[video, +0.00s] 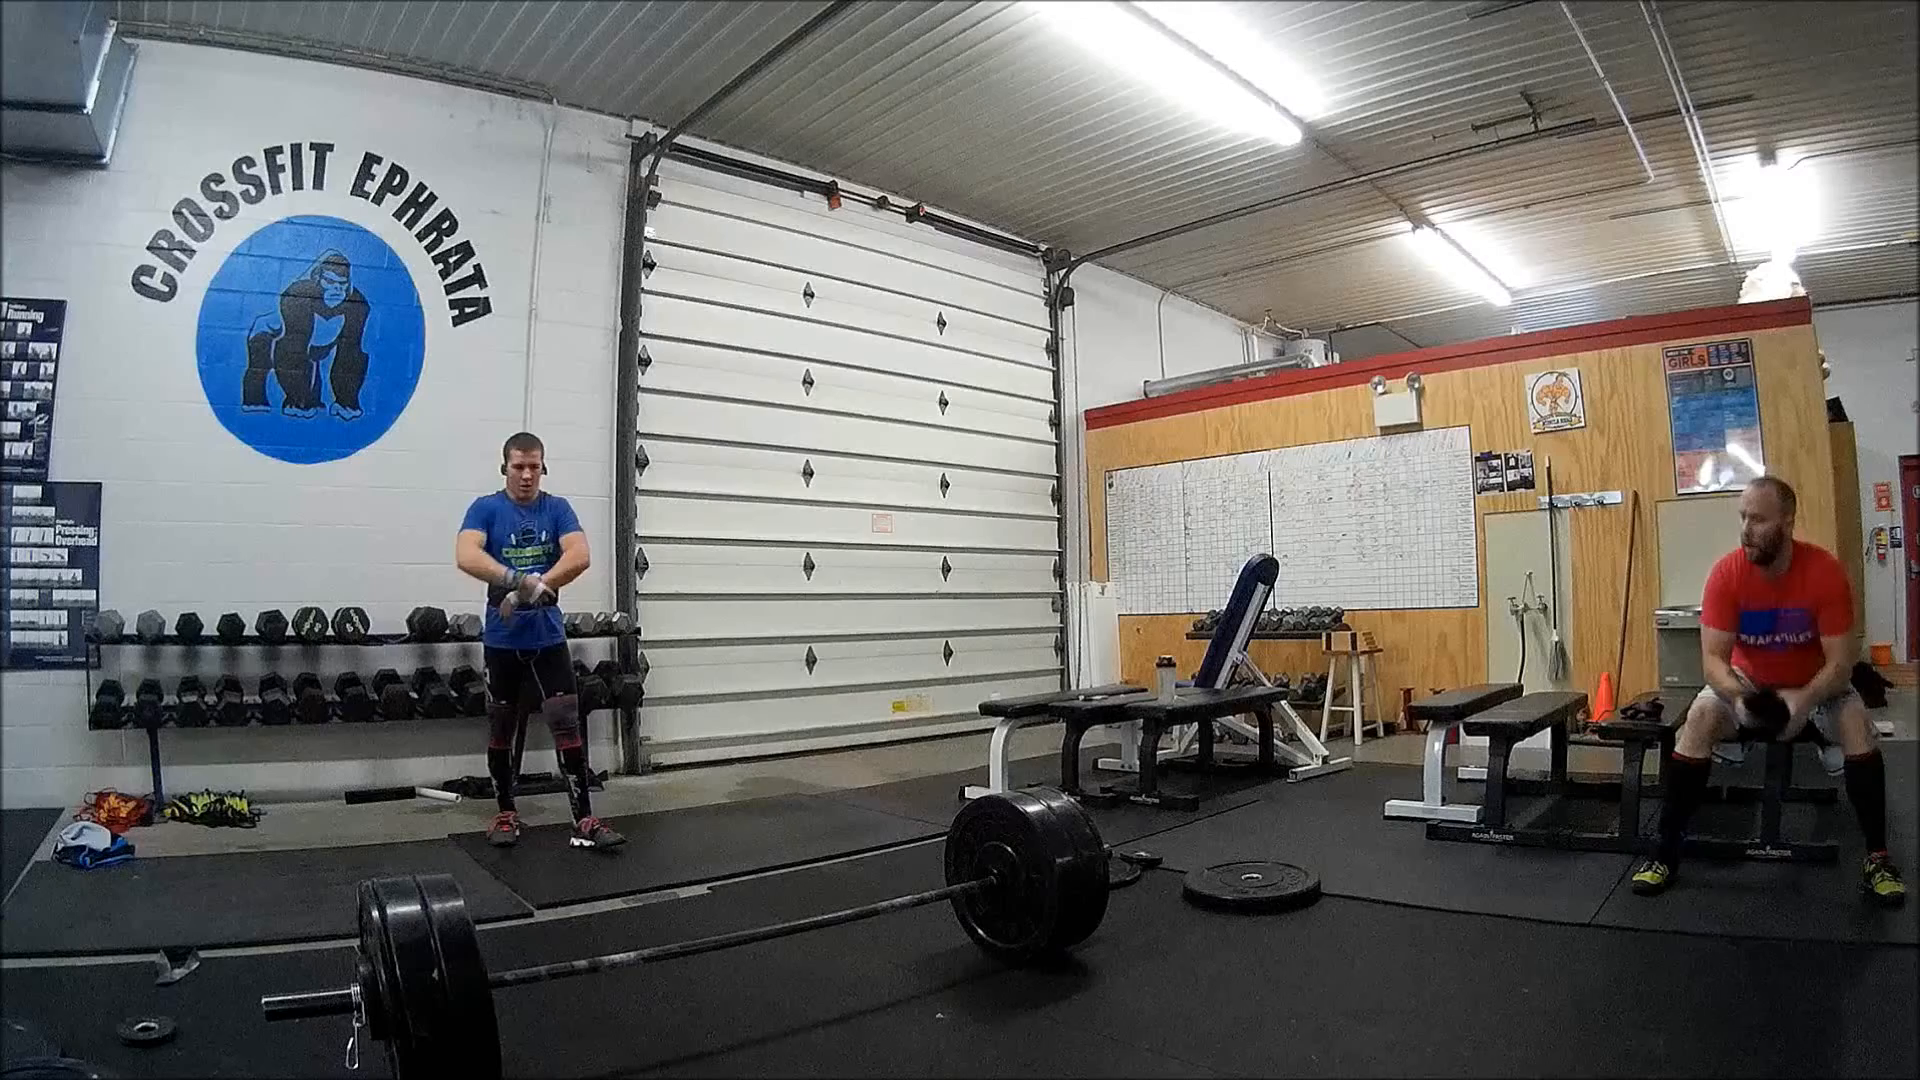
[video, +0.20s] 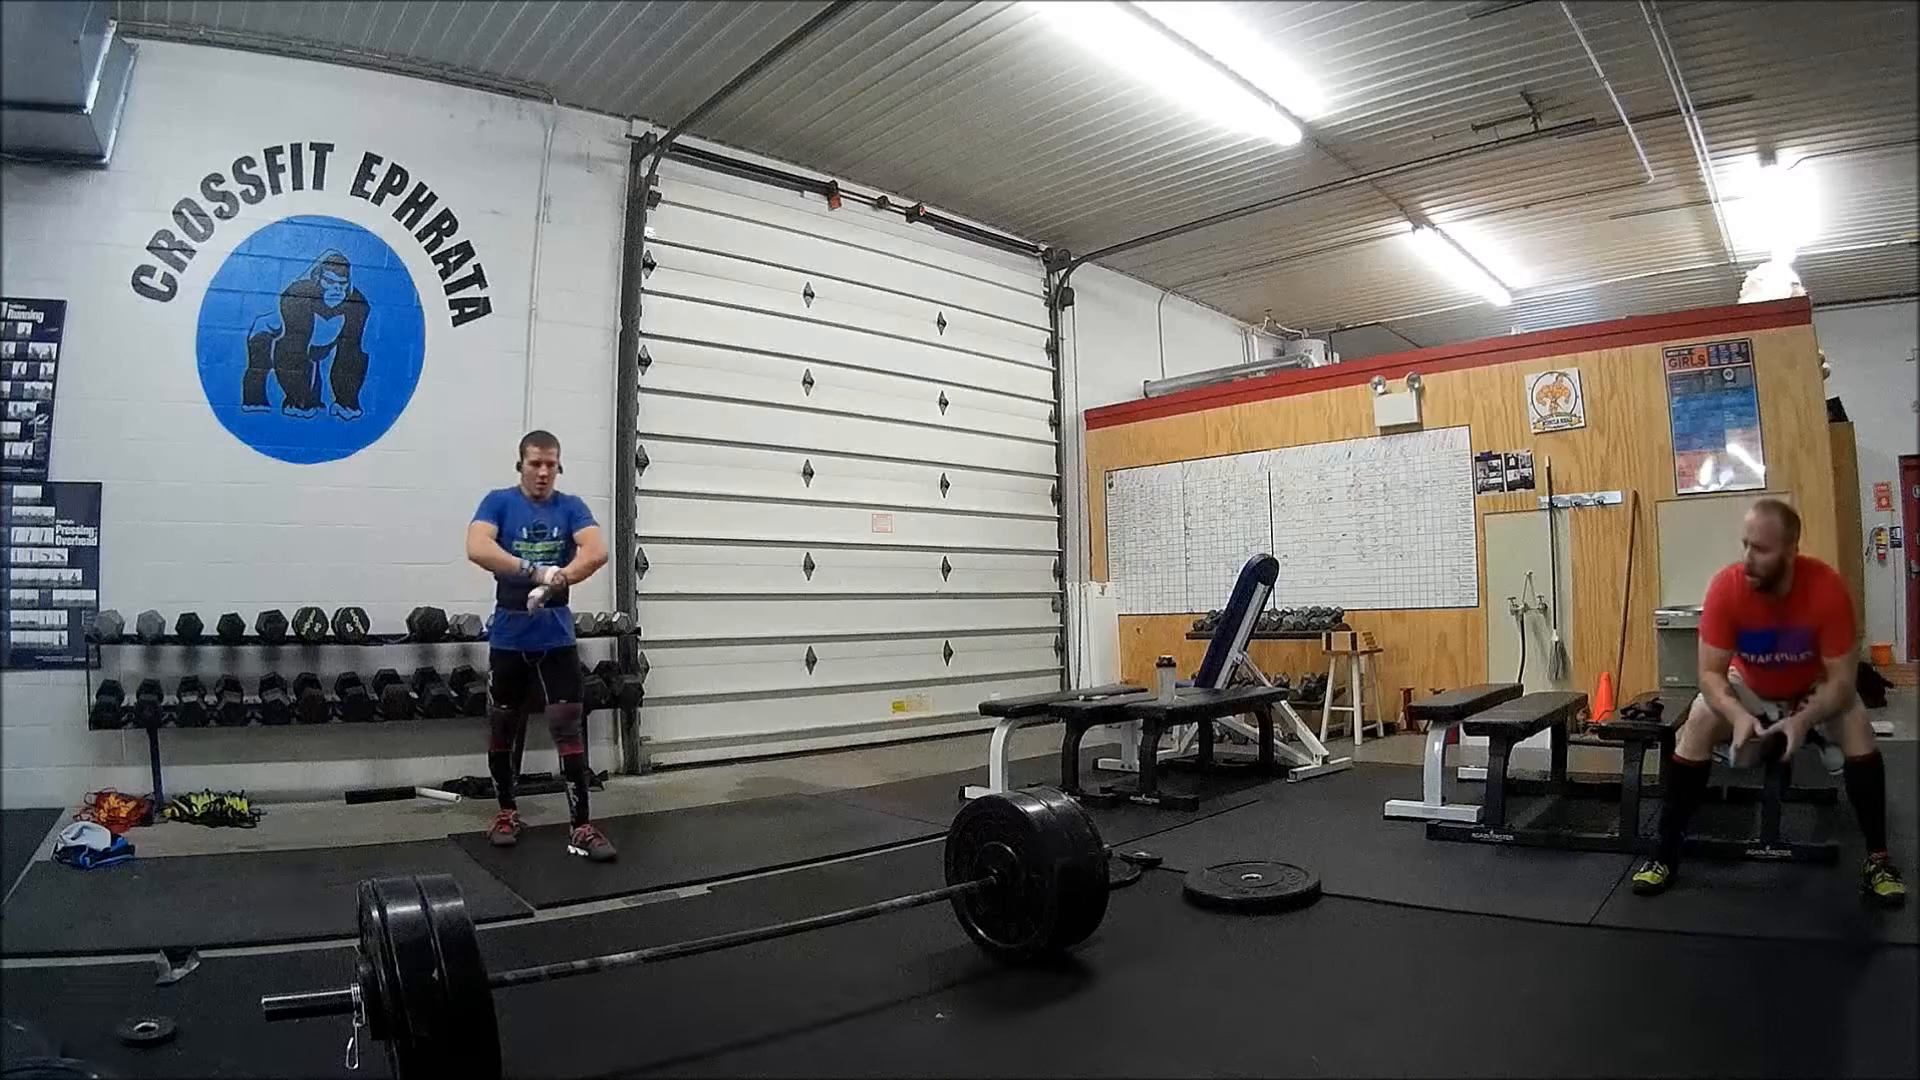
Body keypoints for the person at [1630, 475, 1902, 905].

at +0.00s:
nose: (1747, 528)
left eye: (1759, 519)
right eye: (1744, 517)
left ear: (1789, 520)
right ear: (1740, 516)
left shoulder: (1824, 571)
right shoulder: (1727, 573)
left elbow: (1841, 663)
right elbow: (1713, 657)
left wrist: (1803, 700)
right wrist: (1738, 694)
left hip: (1814, 689)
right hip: (1747, 688)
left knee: (1855, 717)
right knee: (1700, 714)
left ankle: (1877, 858)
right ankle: (1665, 856)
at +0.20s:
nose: (1748, 558)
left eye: (1760, 549)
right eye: (1745, 546)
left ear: (1792, 547)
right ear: (1742, 541)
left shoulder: (1826, 586)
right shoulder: (1726, 587)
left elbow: (1843, 682)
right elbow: (1710, 672)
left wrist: (1802, 720)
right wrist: (1738, 717)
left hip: (1814, 688)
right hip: (1749, 687)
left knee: (1855, 720)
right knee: (1699, 718)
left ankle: (1877, 859)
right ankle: (1664, 856)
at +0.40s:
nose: (1748, 573)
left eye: (1762, 564)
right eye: (1746, 560)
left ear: (1793, 564)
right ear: (1742, 554)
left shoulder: (1827, 594)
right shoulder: (1725, 594)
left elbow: (1847, 683)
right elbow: (1706, 678)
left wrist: (1809, 724)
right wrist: (1736, 718)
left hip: (1812, 693)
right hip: (1747, 692)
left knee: (1855, 721)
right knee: (1697, 720)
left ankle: (1878, 859)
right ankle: (1665, 858)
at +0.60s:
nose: (1748, 575)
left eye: (1762, 567)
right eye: (1746, 562)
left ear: (1793, 566)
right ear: (1742, 556)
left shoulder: (1826, 596)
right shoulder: (1726, 595)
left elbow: (1847, 682)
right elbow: (1706, 679)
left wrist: (1810, 726)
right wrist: (1739, 724)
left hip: (1812, 695)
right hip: (1747, 694)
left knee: (1858, 721)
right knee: (1696, 721)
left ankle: (1878, 858)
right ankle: (1665, 858)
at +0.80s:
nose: (1752, 575)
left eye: (1765, 566)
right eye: (1748, 562)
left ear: (1795, 564)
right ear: (1743, 556)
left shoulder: (1827, 597)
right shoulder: (1727, 596)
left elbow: (1848, 682)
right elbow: (1709, 681)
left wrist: (1811, 723)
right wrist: (1743, 726)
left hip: (1813, 695)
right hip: (1748, 694)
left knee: (1857, 720)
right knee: (1697, 720)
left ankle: (1878, 858)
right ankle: (1665, 858)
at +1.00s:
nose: (1756, 574)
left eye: (1770, 564)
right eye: (1753, 560)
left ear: (1800, 565)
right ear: (1748, 556)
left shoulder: (1832, 598)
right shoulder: (1731, 596)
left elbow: (1847, 682)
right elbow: (1711, 681)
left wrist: (1812, 725)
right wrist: (1746, 724)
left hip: (1814, 695)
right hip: (1750, 694)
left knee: (1855, 721)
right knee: (1699, 720)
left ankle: (1878, 857)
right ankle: (1665, 858)